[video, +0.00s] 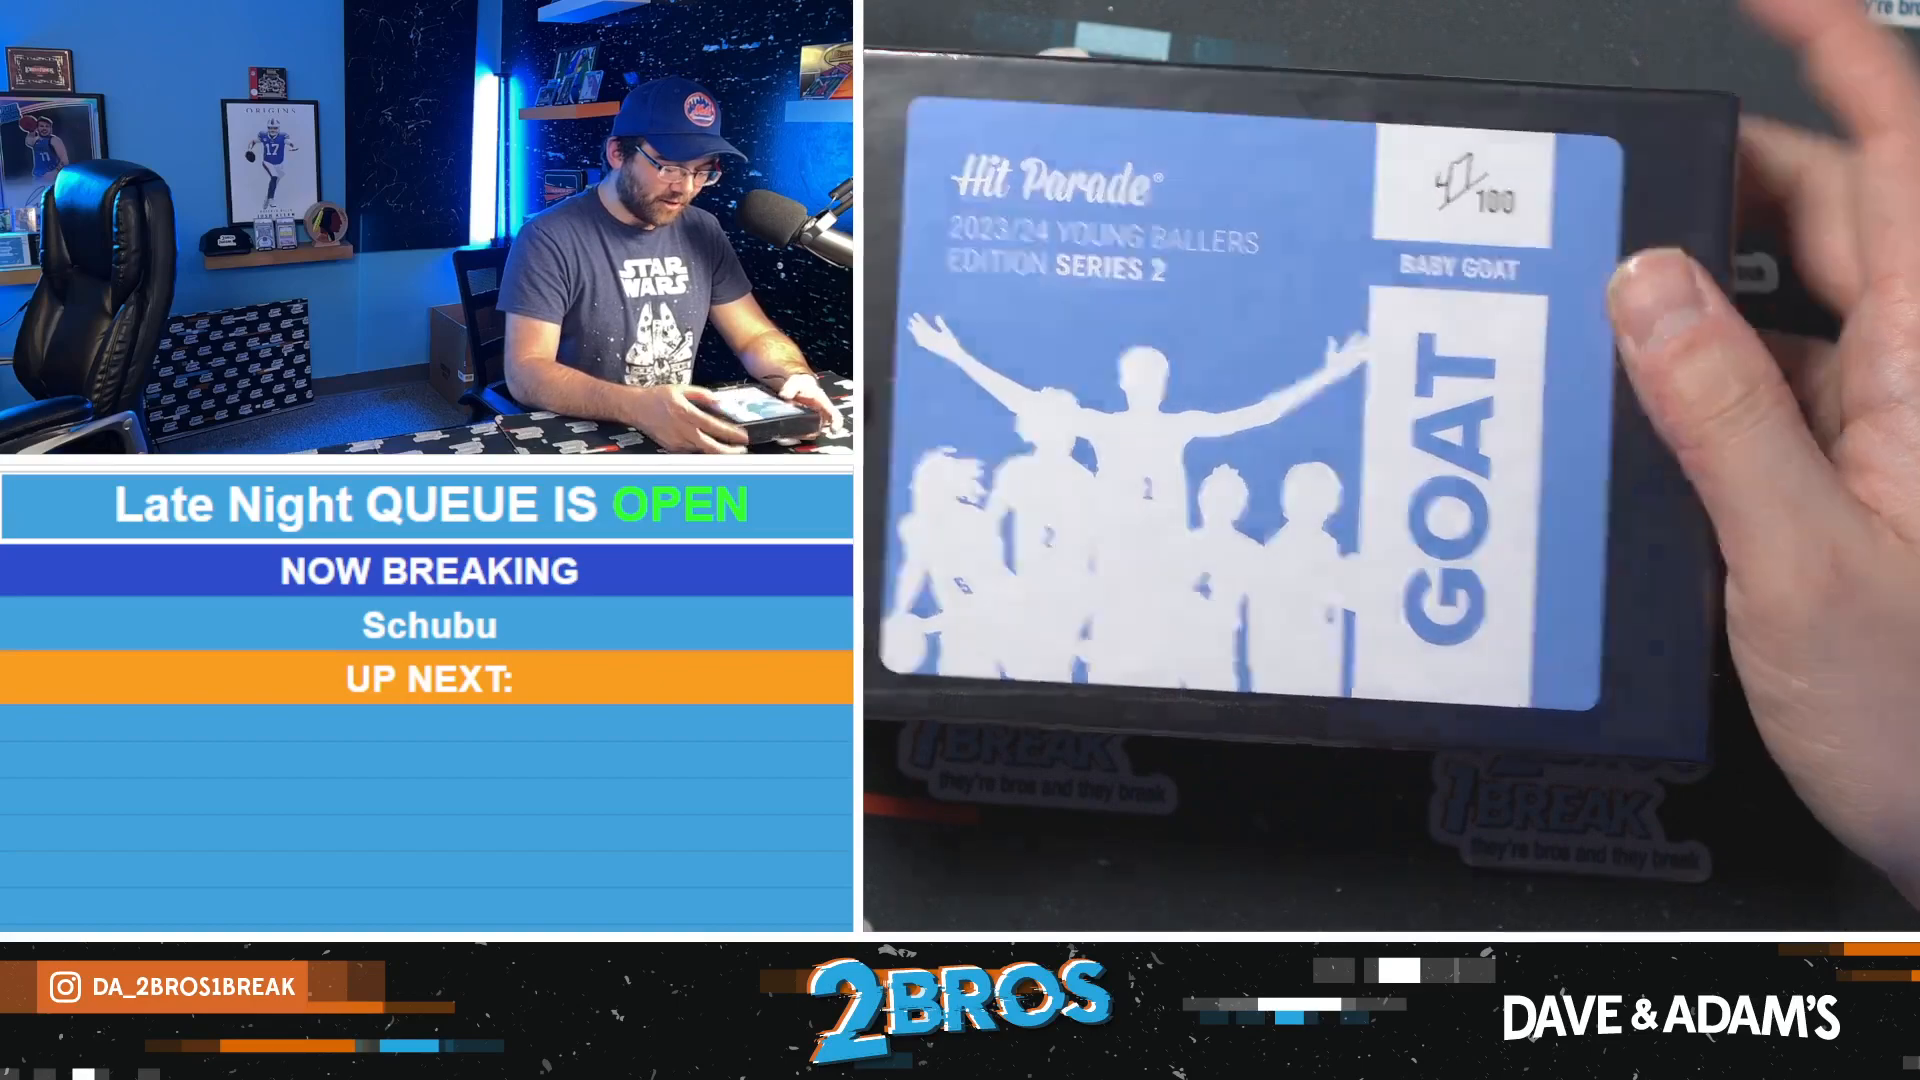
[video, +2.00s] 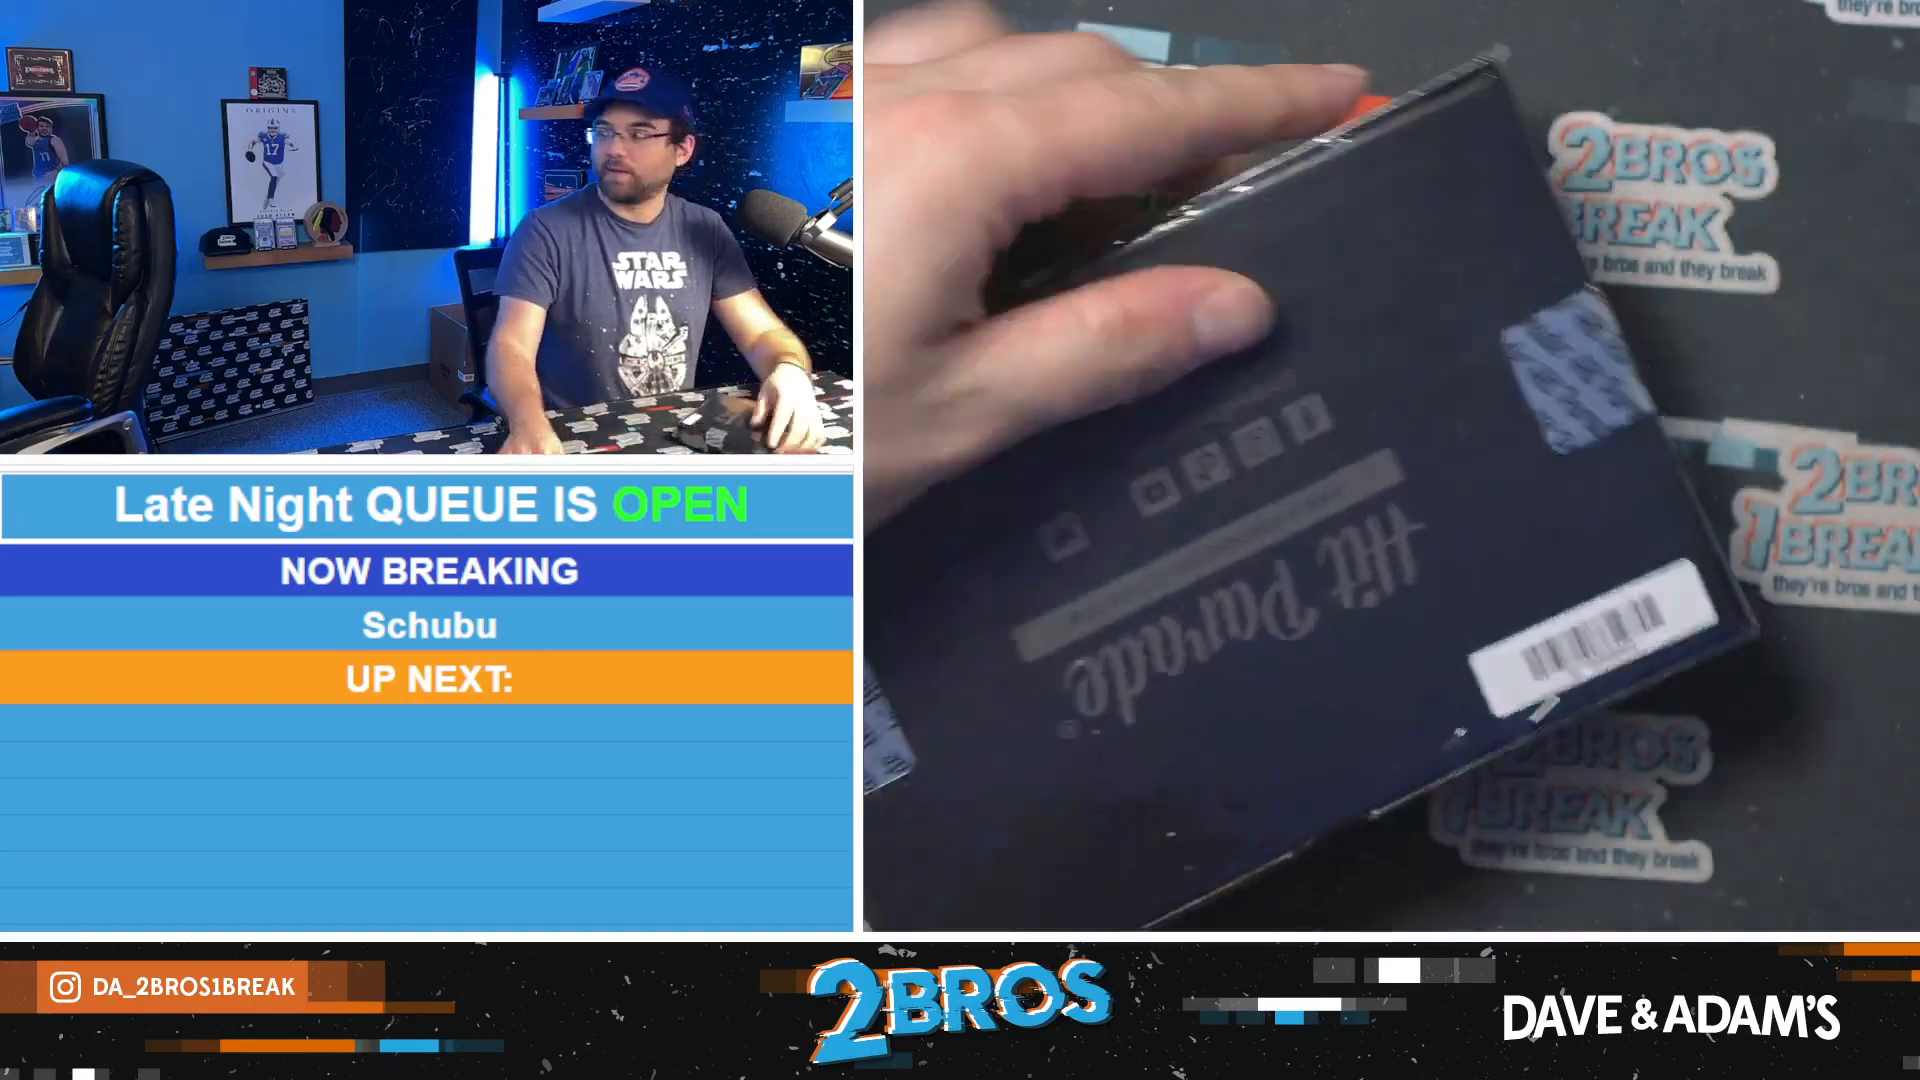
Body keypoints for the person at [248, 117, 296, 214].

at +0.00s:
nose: (273, 130)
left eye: (275, 128)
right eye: (271, 128)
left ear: (278, 128)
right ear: (268, 128)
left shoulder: (283, 136)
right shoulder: (263, 136)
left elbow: (290, 142)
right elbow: (254, 141)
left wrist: (292, 147)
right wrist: (250, 148)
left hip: (279, 164)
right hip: (267, 162)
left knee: (275, 182)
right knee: (274, 176)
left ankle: (267, 200)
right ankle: (270, 199)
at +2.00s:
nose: (273, 130)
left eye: (275, 128)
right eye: (271, 128)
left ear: (278, 128)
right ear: (268, 128)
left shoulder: (283, 136)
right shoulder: (263, 136)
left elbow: (290, 143)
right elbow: (253, 141)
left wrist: (292, 147)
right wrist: (250, 149)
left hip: (279, 164)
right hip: (267, 162)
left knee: (275, 182)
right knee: (274, 176)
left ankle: (267, 200)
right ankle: (270, 199)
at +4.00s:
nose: (273, 131)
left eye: (275, 129)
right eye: (271, 128)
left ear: (278, 129)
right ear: (268, 128)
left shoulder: (283, 136)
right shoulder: (263, 136)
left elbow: (289, 142)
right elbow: (254, 142)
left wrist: (292, 146)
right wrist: (250, 148)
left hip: (279, 163)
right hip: (267, 162)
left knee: (276, 182)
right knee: (274, 176)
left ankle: (267, 200)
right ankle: (270, 199)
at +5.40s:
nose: (273, 131)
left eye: (275, 129)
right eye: (271, 129)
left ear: (278, 129)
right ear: (268, 129)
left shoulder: (283, 137)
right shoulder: (264, 137)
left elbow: (290, 143)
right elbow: (253, 142)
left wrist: (293, 147)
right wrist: (250, 147)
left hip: (278, 163)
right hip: (267, 162)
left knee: (277, 180)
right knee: (275, 176)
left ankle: (268, 198)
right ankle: (271, 199)